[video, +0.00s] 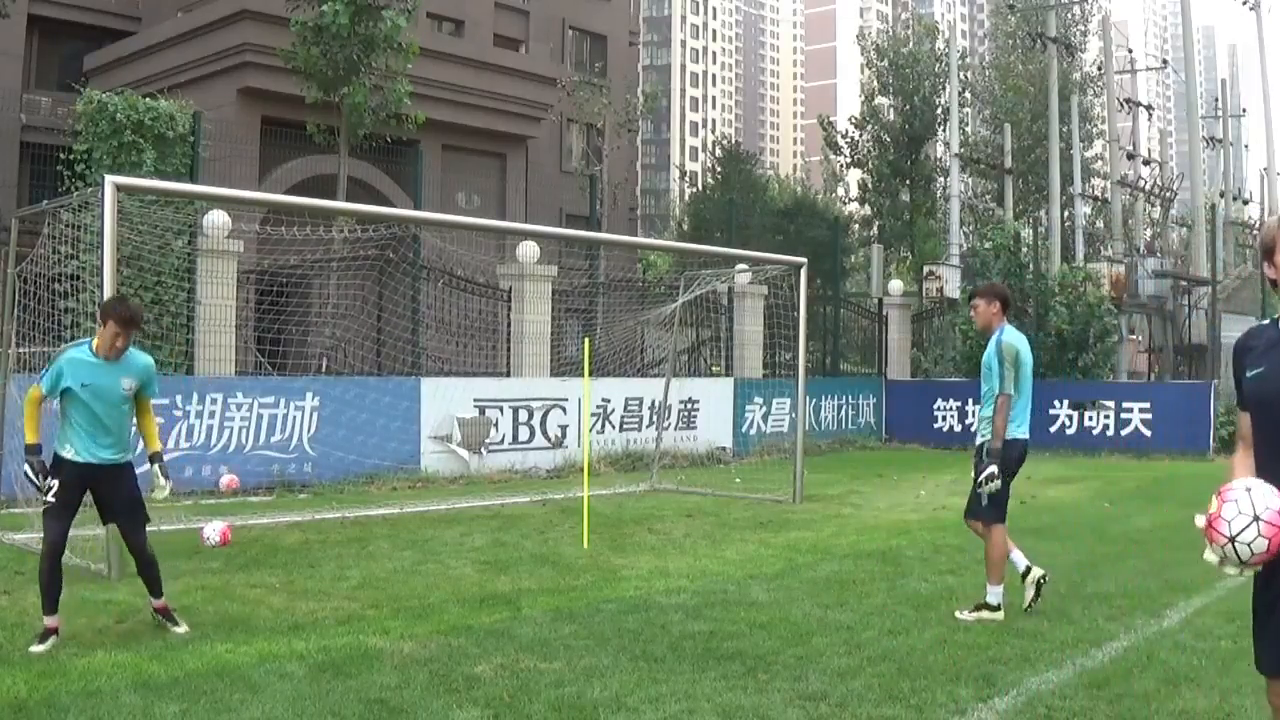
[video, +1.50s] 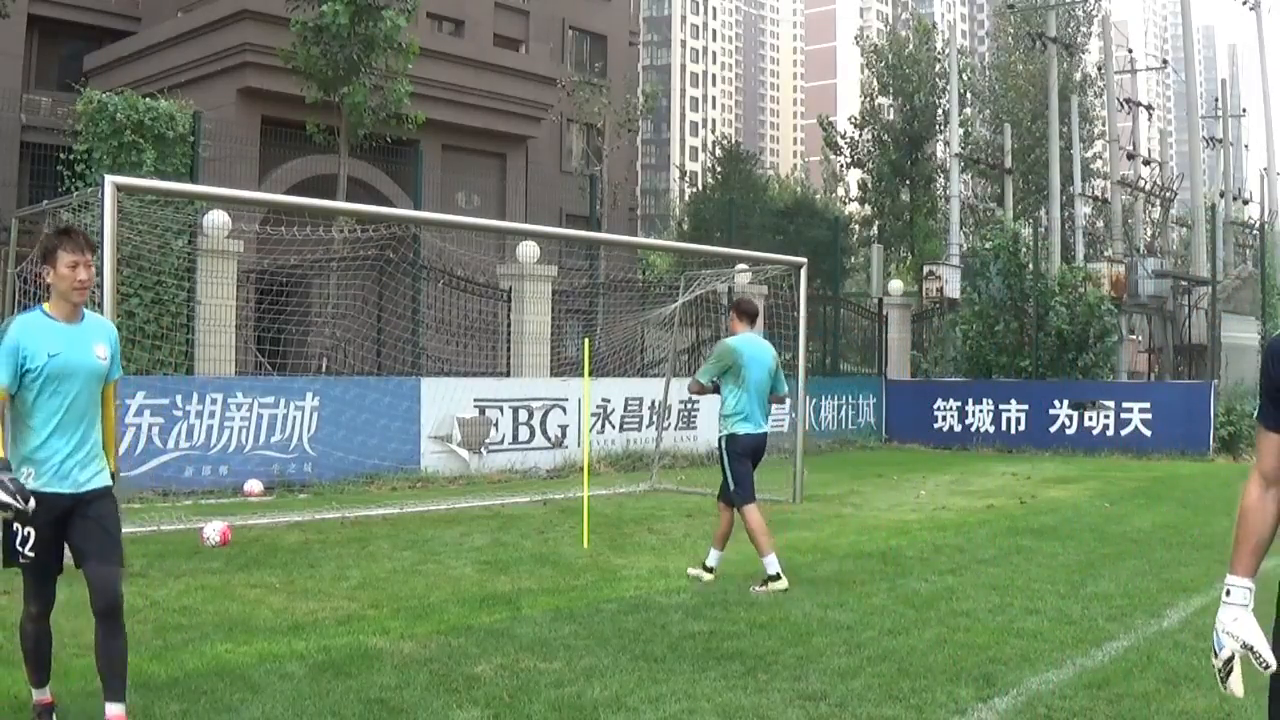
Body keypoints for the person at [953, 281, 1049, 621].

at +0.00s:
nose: (972, 315)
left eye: (975, 308)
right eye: (972, 309)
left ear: (996, 308)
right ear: (995, 310)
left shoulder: (1005, 342)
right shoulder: (1008, 339)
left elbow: (1004, 400)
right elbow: (1004, 399)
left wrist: (995, 456)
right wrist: (984, 446)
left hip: (1004, 443)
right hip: (1001, 440)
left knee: (993, 522)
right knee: (974, 517)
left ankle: (993, 603)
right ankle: (1027, 570)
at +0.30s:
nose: (919, 319)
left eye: (923, 313)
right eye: (919, 314)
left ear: (941, 312)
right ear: (942, 313)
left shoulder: (946, 345)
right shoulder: (962, 345)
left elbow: (934, 399)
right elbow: (965, 401)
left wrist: (901, 436)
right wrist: (967, 450)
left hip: (947, 444)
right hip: (957, 442)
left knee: (962, 522)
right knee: (921, 519)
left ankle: (989, 601)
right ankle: (890, 587)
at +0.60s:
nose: (866, 315)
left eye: (868, 309)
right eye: (867, 309)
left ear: (877, 308)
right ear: (892, 309)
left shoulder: (885, 339)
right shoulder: (906, 340)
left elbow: (888, 390)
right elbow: (911, 393)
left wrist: (858, 429)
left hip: (882, 440)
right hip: (904, 439)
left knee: (849, 508)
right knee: (885, 511)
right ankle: (884, 586)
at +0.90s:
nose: (817, 319)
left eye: (818, 313)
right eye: (818, 313)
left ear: (827, 312)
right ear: (844, 314)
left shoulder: (833, 345)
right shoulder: (862, 345)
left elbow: (840, 396)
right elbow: (870, 392)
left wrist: (807, 419)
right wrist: (820, 413)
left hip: (831, 442)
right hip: (858, 441)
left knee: (803, 508)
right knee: (859, 511)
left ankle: (783, 577)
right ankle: (880, 584)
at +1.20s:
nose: (765, 316)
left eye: (766, 311)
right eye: (767, 311)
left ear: (772, 310)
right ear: (793, 311)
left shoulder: (773, 343)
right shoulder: (811, 342)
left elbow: (754, 391)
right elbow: (822, 391)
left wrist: (754, 393)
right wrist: (789, 389)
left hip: (776, 432)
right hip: (801, 432)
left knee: (775, 502)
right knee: (765, 493)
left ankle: (780, 577)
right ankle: (793, 549)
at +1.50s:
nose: (728, 323)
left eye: (729, 318)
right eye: (731, 319)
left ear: (735, 319)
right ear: (754, 320)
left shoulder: (728, 347)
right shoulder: (769, 349)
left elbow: (696, 386)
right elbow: (779, 395)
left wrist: (719, 386)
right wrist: (749, 390)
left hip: (734, 436)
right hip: (759, 437)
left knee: (747, 505)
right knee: (727, 501)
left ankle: (775, 574)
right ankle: (709, 567)